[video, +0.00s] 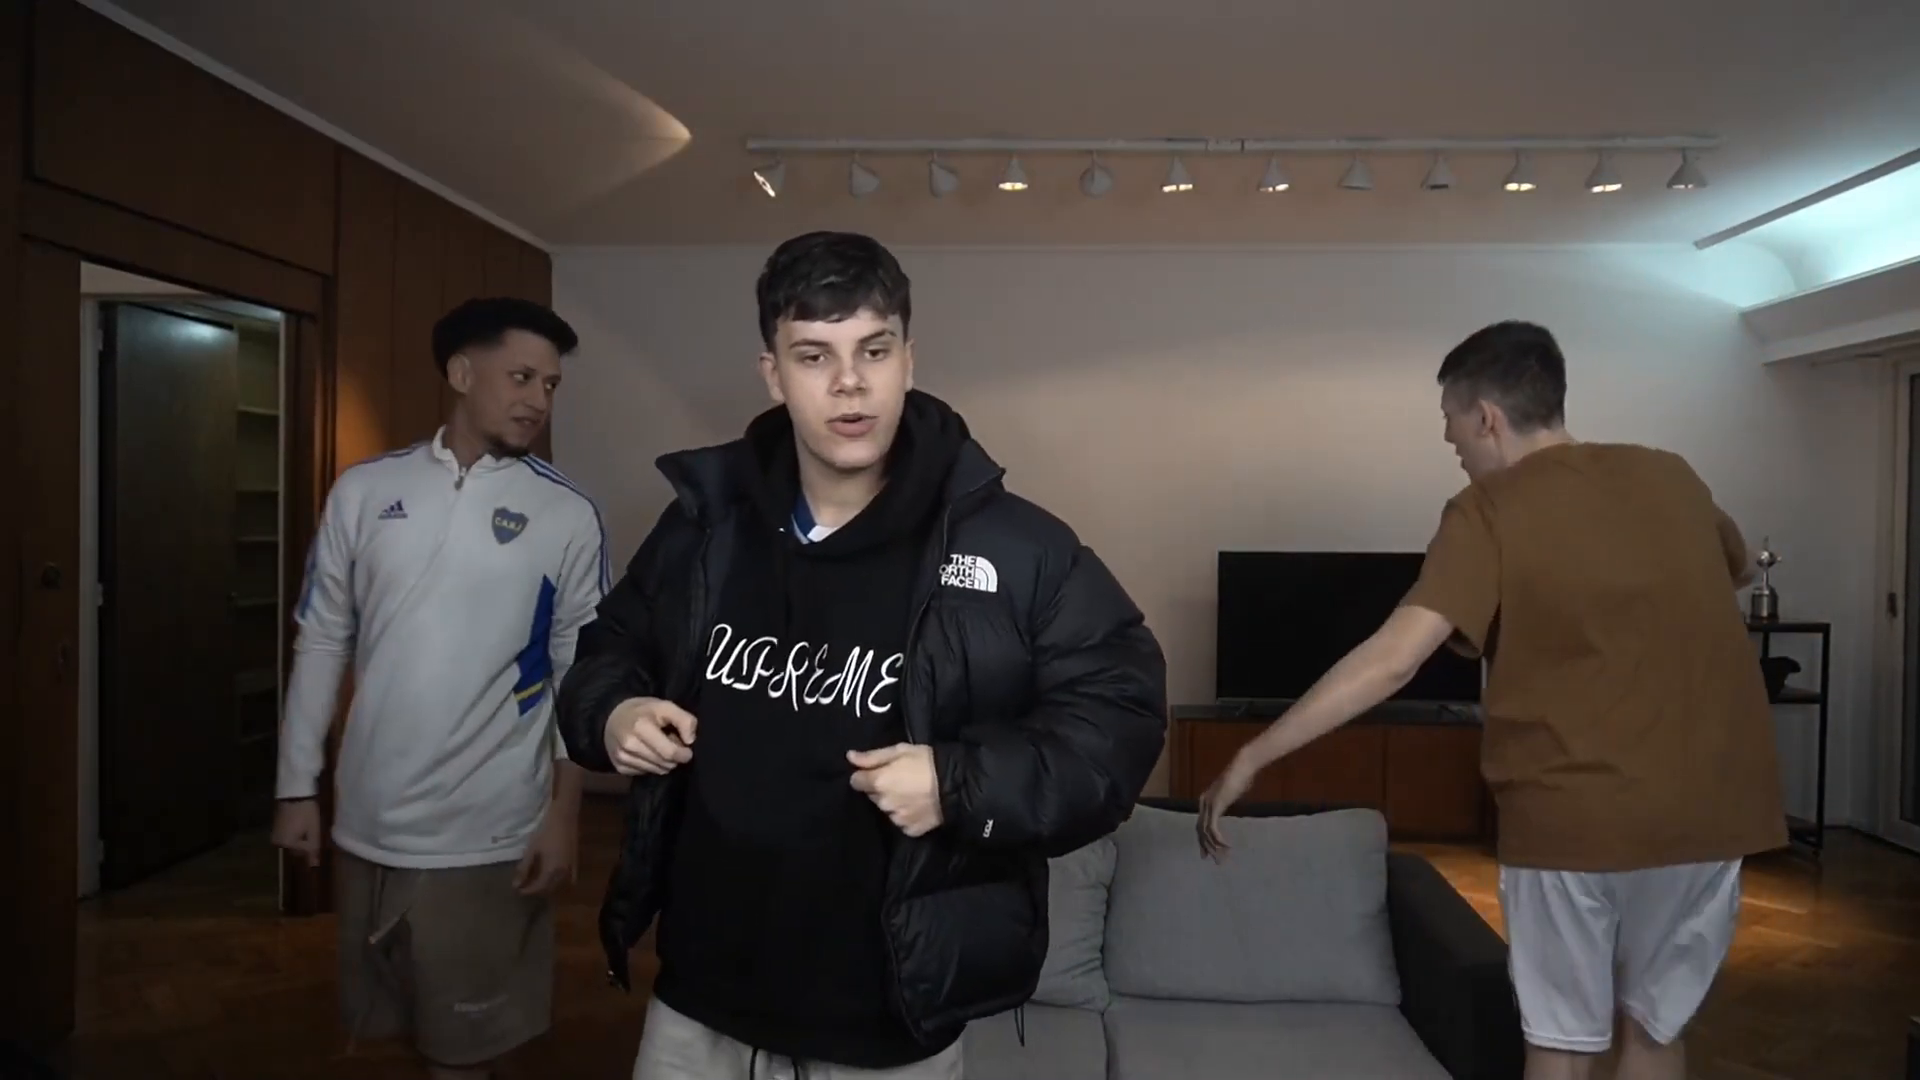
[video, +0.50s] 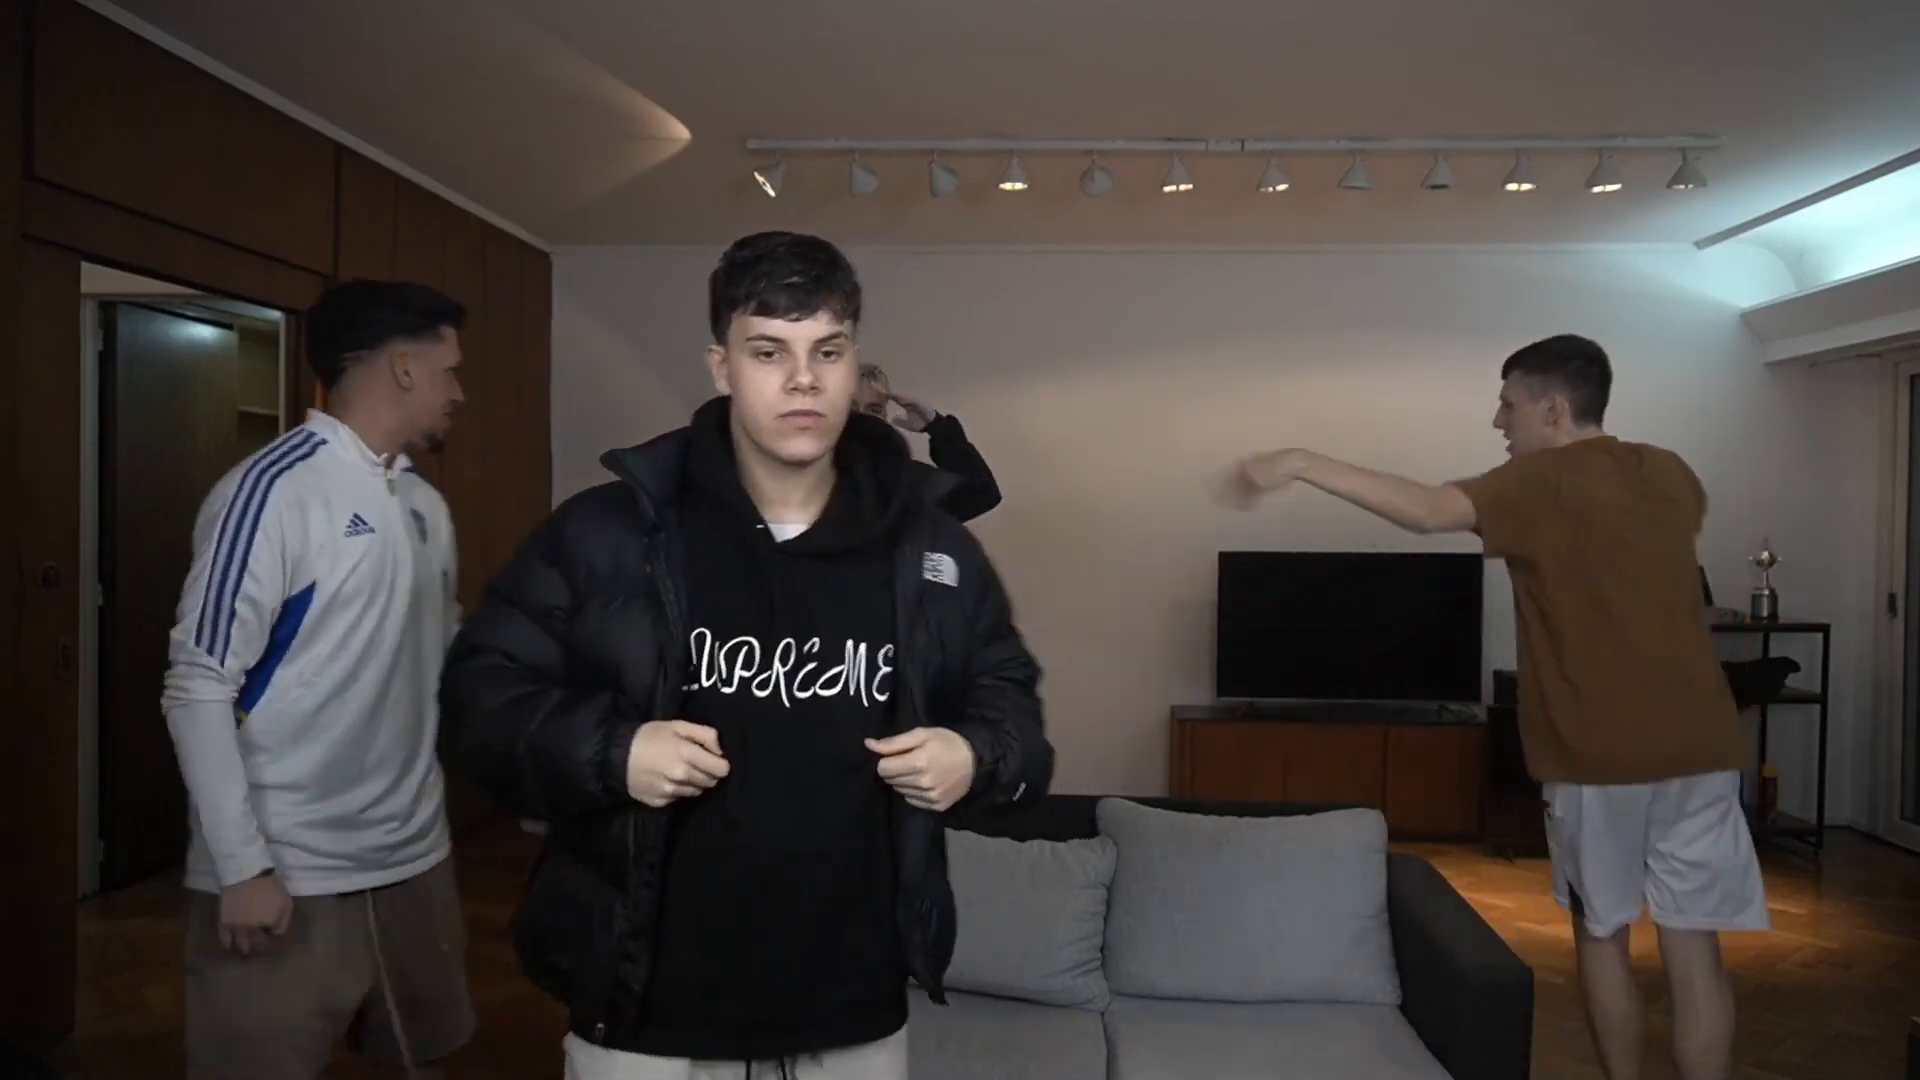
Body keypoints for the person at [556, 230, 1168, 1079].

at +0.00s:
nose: (849, 384)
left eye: (875, 352)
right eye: (816, 357)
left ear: (909, 358)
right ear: (773, 373)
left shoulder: (1014, 553)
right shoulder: (704, 527)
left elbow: (1121, 719)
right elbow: (601, 661)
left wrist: (965, 780)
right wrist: (612, 714)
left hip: (891, 1018)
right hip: (705, 999)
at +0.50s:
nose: (802, 383)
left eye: (828, 354)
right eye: (770, 354)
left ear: (858, 366)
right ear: (721, 366)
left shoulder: (927, 545)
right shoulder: (610, 532)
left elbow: (1016, 724)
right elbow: (478, 697)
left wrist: (975, 757)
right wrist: (610, 749)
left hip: (850, 1009)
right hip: (650, 1009)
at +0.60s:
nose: (754, 387)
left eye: (779, 358)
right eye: (720, 359)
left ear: (806, 369)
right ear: (669, 373)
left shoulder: (869, 539)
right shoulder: (561, 544)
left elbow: (958, 713)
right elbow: (431, 721)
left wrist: (943, 747)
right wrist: (603, 764)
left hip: (819, 1012)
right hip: (620, 1017)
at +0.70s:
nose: (693, 394)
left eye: (718, 365)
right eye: (658, 366)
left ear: (744, 375)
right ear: (607, 380)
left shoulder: (802, 546)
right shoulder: (499, 557)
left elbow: (872, 697)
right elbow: (375, 739)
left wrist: (893, 742)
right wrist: (576, 778)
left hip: (766, 1013)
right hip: (568, 1024)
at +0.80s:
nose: (630, 400)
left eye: (655, 372)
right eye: (594, 373)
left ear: (682, 384)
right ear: (540, 389)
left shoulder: (732, 555)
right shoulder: (433, 574)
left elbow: (809, 699)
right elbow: (322, 768)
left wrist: (827, 743)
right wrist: (542, 791)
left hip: (705, 1013)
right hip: (514, 1027)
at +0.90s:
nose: (581, 398)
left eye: (604, 369)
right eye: (542, 371)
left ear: (629, 378)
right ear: (487, 386)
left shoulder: (665, 552)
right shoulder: (385, 573)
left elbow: (723, 696)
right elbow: (280, 770)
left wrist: (768, 741)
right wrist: (511, 794)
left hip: (658, 1013)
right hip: (471, 1029)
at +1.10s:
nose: (505, 389)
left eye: (525, 360)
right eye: (465, 362)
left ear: (547, 369)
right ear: (402, 374)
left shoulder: (566, 537)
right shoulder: (307, 562)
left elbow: (620, 677)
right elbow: (221, 773)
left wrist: (673, 714)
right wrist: (463, 782)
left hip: (581, 995)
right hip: (405, 1021)